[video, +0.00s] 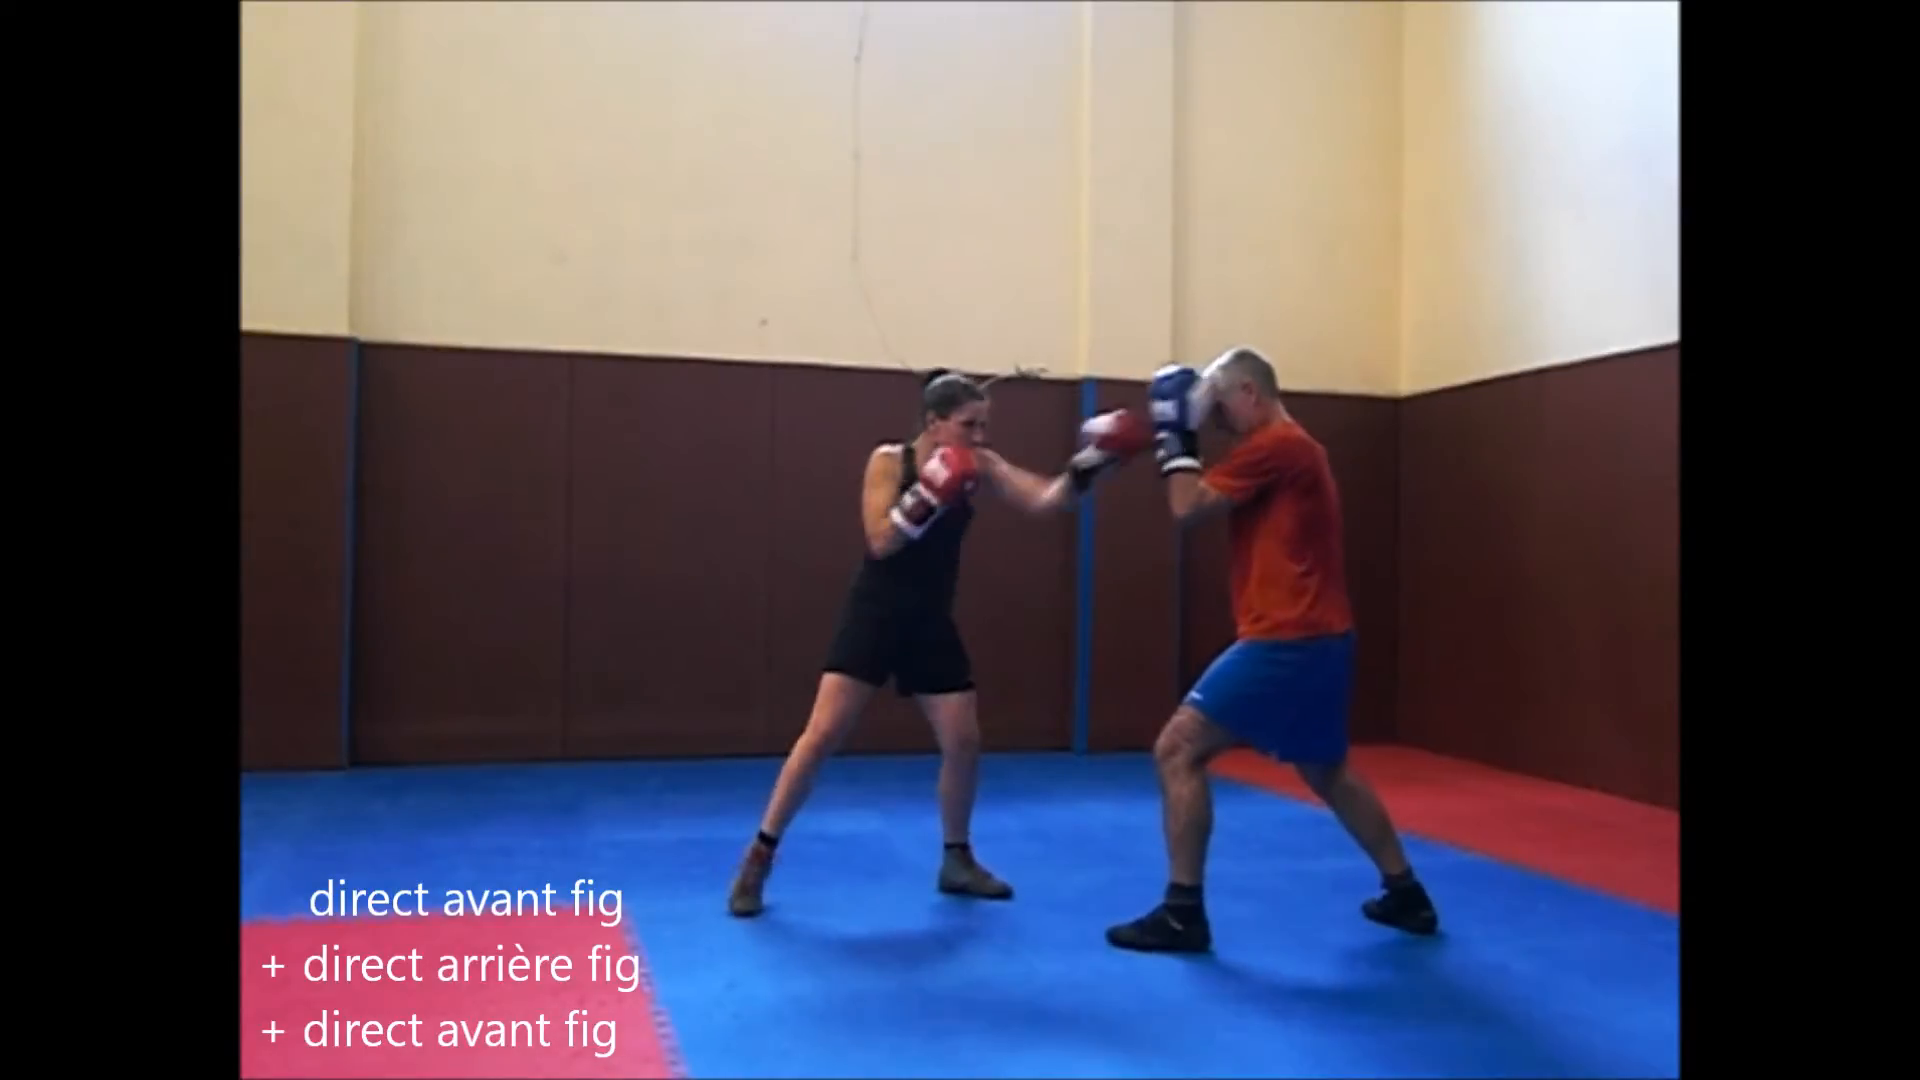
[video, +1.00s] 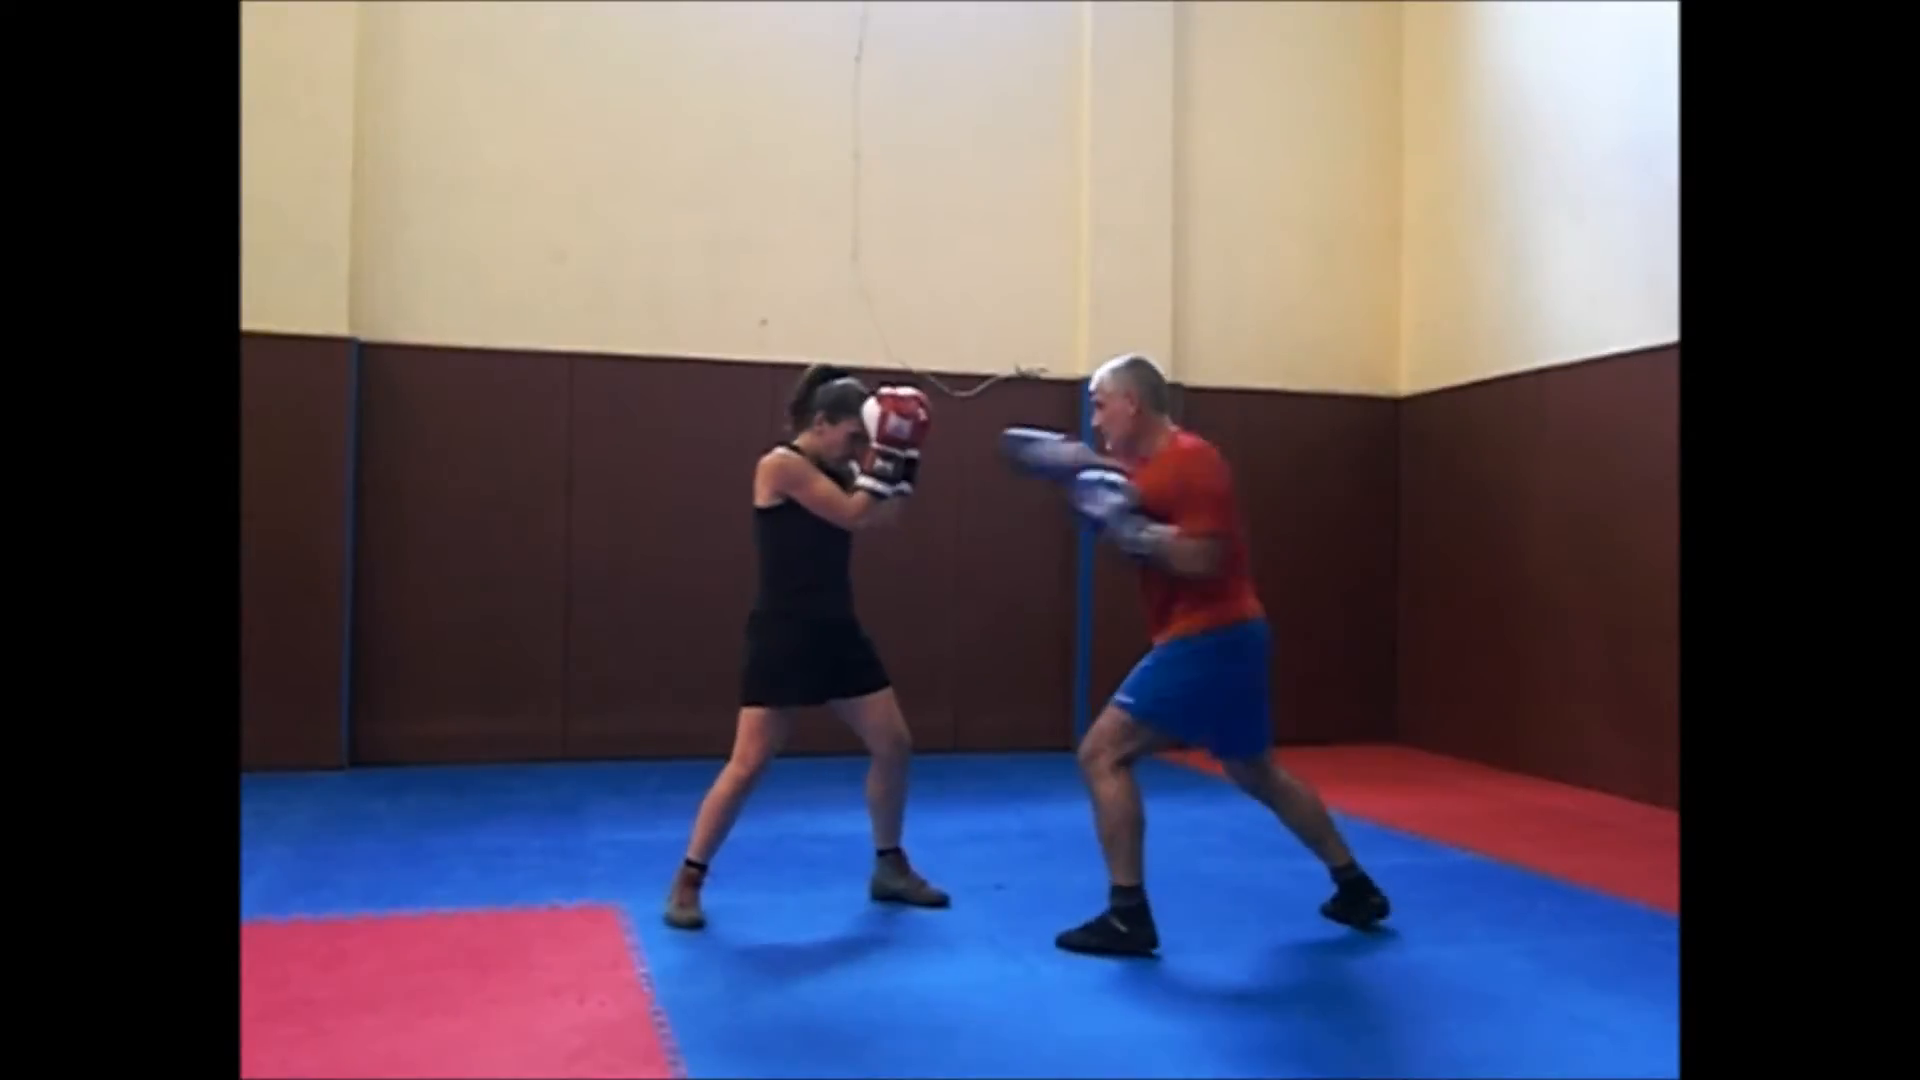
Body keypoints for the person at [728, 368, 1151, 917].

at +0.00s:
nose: (981, 435)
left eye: (984, 424)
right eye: (971, 424)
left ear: (980, 424)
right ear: (934, 422)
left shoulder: (980, 466)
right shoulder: (890, 462)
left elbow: (1043, 499)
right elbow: (879, 541)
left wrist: (1087, 465)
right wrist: (928, 496)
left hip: (930, 622)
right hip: (874, 616)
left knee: (963, 739)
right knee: (824, 732)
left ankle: (957, 861)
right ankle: (759, 857)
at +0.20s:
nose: (958, 448)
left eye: (961, 438)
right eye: (953, 437)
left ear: (929, 436)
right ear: (921, 435)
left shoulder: (925, 489)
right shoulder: (878, 486)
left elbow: (949, 567)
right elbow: (925, 560)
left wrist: (978, 519)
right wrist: (956, 505)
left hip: (914, 641)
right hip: (861, 642)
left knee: (973, 743)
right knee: (825, 761)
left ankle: (959, 862)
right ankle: (747, 870)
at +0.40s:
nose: (929, 429)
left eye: (932, 419)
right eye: (927, 418)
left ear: (903, 412)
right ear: (901, 410)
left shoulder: (895, 459)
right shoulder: (851, 451)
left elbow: (939, 526)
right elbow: (899, 523)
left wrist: (957, 471)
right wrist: (928, 472)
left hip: (879, 617)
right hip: (828, 616)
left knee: (938, 729)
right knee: (792, 741)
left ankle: (935, 851)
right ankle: (723, 860)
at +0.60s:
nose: (899, 452)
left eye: (903, 442)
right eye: (897, 440)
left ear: (873, 434)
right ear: (869, 431)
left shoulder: (870, 484)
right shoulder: (822, 475)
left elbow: (913, 533)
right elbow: (891, 528)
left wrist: (932, 478)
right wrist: (925, 479)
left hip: (855, 641)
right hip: (805, 642)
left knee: (918, 743)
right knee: (760, 763)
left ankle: (893, 868)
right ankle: (691, 878)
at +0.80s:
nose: (878, 449)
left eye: (882, 439)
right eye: (873, 437)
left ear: (860, 431)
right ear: (844, 424)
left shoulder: (852, 475)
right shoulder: (804, 467)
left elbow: (900, 519)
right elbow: (877, 517)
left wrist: (907, 468)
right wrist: (894, 477)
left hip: (844, 635)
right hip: (791, 636)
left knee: (904, 742)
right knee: (750, 761)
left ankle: (892, 868)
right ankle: (688, 879)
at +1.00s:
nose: (855, 447)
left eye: (860, 438)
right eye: (852, 435)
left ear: (840, 429)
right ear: (821, 423)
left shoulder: (831, 472)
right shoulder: (780, 466)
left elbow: (876, 513)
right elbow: (851, 514)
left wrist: (901, 467)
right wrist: (877, 475)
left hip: (835, 633)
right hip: (782, 635)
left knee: (892, 743)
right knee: (749, 762)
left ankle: (890, 868)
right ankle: (688, 881)